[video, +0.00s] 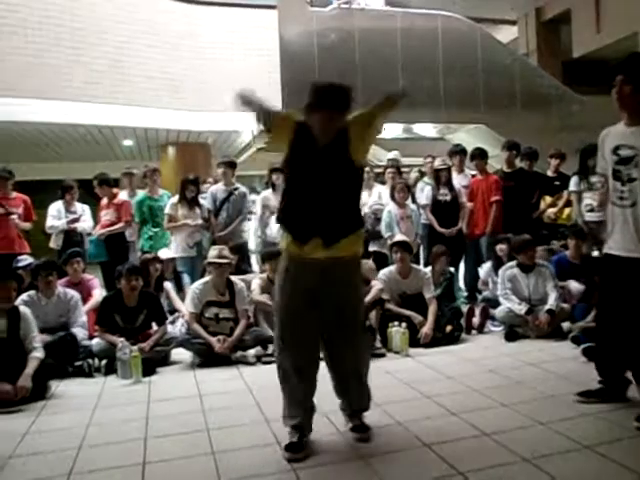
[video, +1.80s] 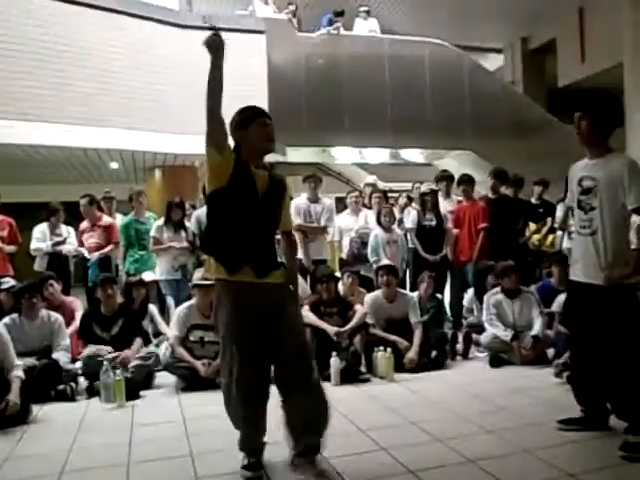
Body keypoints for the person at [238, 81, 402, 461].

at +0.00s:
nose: (323, 123)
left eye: (331, 116)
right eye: (318, 115)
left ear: (342, 116)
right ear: (309, 112)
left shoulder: (355, 135)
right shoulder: (292, 131)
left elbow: (379, 113)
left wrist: (393, 100)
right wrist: (253, 105)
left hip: (343, 259)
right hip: (297, 259)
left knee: (348, 341)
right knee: (293, 346)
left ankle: (354, 411)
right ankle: (297, 426)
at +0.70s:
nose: (321, 102)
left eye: (328, 98)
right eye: (315, 98)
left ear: (337, 109)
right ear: (303, 108)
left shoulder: (350, 145)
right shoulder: (290, 142)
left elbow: (384, 99)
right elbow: (253, 102)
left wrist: (374, 46)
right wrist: (261, 52)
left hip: (335, 260)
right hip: (289, 257)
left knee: (335, 340)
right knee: (257, 334)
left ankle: (336, 407)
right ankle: (250, 416)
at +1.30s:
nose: (281, 91)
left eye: (287, 85)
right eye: (274, 85)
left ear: (295, 94)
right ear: (261, 92)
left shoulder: (305, 132)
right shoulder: (248, 133)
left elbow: (339, 86)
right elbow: (216, 81)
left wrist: (333, 34)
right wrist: (227, 28)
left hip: (311, 246)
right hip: (269, 247)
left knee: (330, 321)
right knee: (274, 332)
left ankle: (342, 381)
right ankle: (260, 401)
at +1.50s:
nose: (267, 169)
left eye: (273, 163)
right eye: (261, 164)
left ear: (281, 171)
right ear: (247, 171)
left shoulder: (292, 207)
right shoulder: (233, 205)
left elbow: (330, 175)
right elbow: (193, 178)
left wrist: (322, 128)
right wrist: (208, 126)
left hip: (291, 317)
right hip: (248, 321)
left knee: (330, 389)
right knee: (259, 403)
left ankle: (336, 462)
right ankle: (258, 468)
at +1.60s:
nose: (263, 175)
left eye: (270, 168)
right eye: (255, 168)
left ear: (278, 172)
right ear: (242, 172)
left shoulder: (287, 210)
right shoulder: (226, 209)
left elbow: (327, 220)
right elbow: (180, 205)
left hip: (285, 321)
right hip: (242, 325)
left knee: (333, 390)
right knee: (255, 409)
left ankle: (343, 470)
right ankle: (257, 470)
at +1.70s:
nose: (274, 147)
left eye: (273, 141)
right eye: (266, 141)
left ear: (272, 149)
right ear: (244, 148)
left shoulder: (281, 194)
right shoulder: (225, 184)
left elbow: (299, 243)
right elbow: (207, 176)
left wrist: (319, 242)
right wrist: (200, 159)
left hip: (278, 301)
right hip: (239, 304)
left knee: (311, 374)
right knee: (249, 387)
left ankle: (349, 450)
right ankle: (256, 460)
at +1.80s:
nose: (271, 133)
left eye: (272, 127)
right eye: (263, 127)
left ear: (269, 138)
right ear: (240, 134)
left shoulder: (278, 185)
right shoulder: (222, 171)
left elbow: (288, 236)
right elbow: (214, 115)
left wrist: (294, 277)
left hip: (277, 286)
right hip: (234, 287)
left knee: (298, 366)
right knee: (245, 371)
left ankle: (306, 451)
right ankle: (252, 449)